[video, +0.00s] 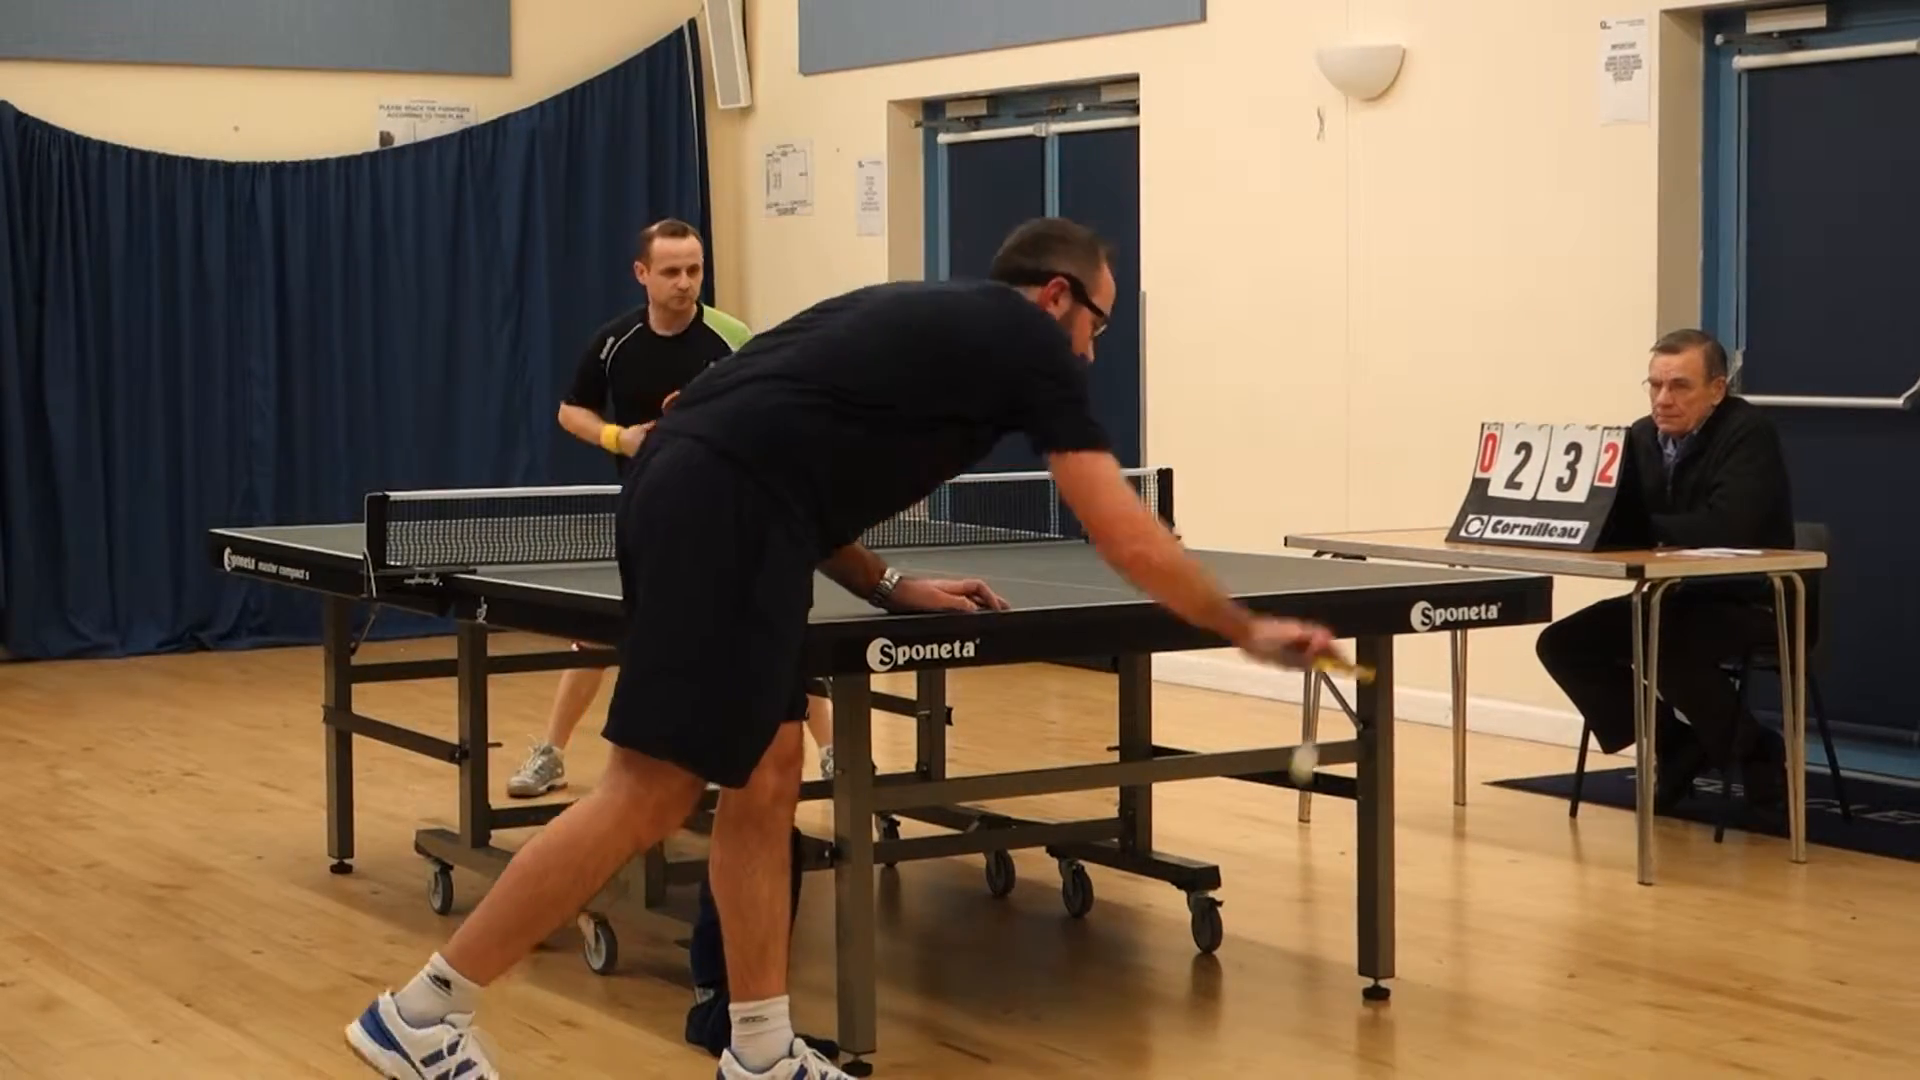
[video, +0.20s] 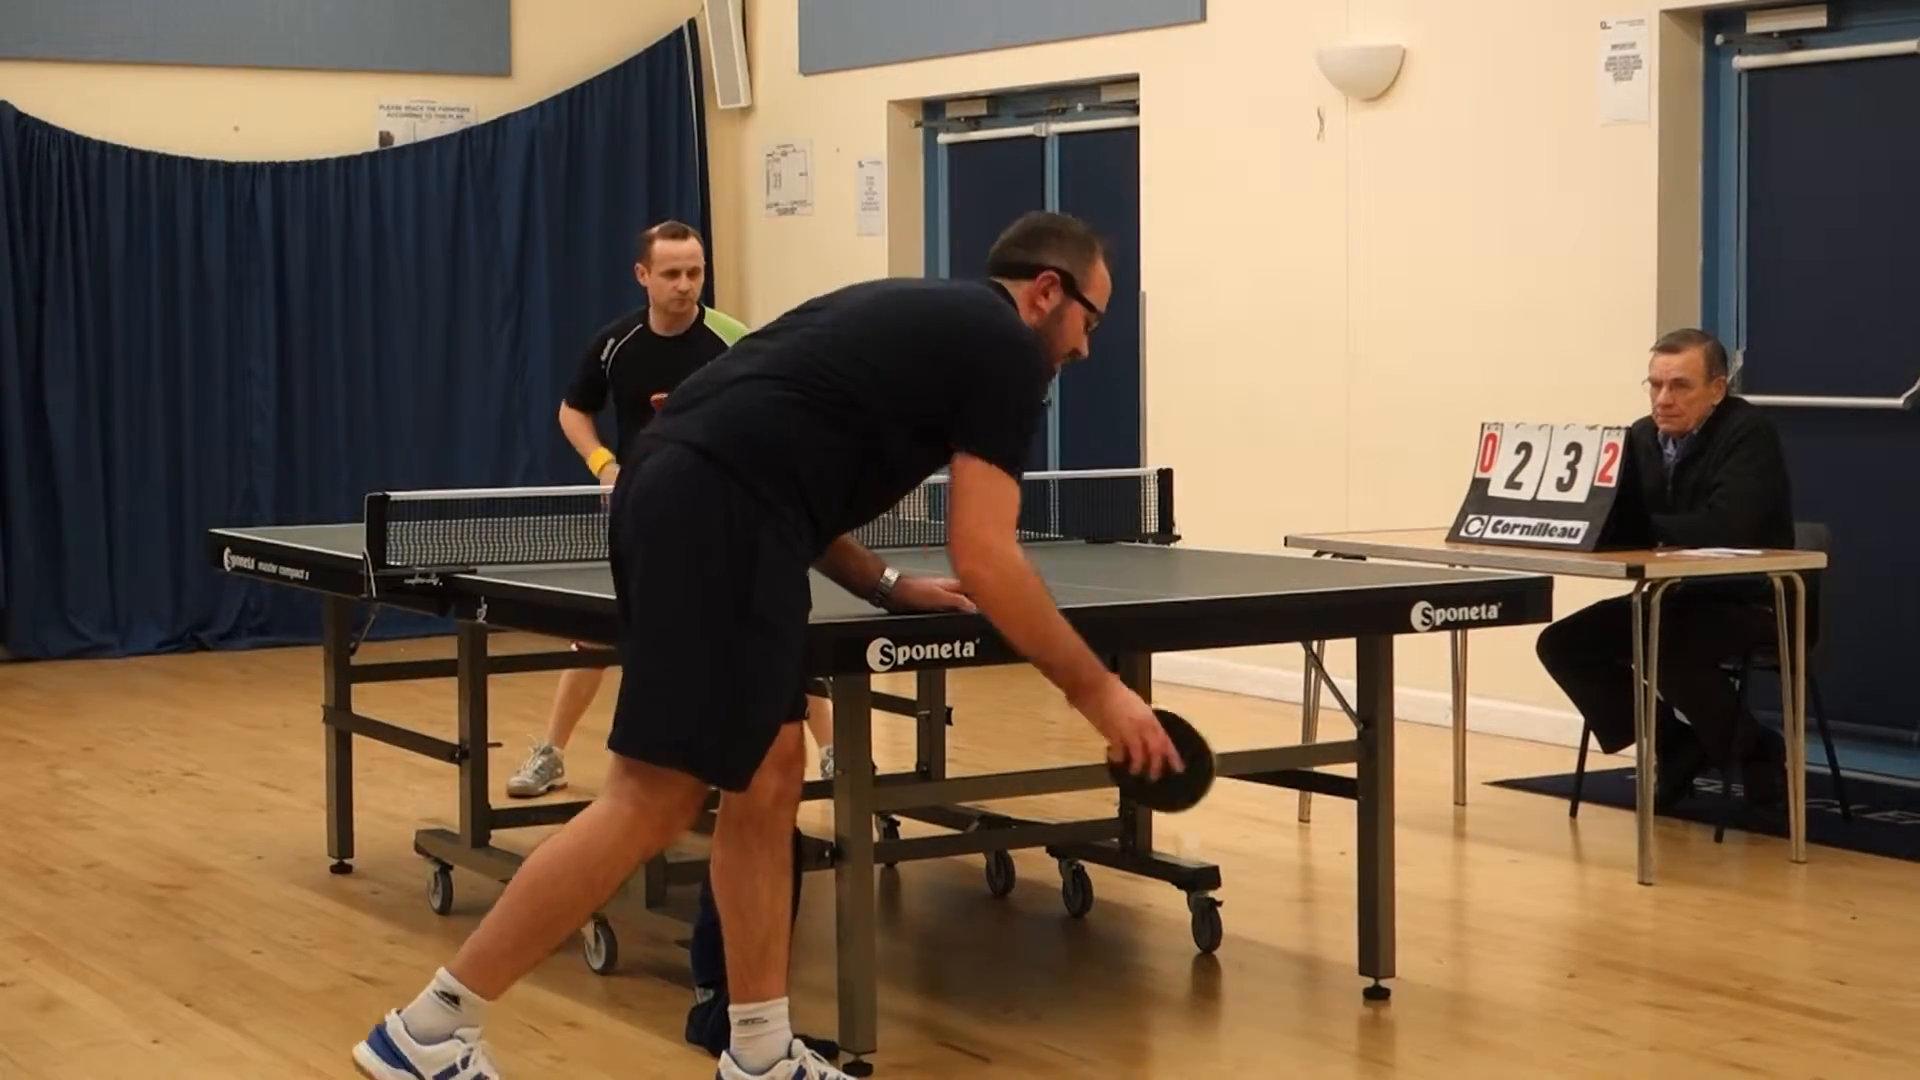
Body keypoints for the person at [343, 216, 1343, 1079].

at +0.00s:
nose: (1101, 335)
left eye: (1103, 316)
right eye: (1098, 313)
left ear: (1016, 287)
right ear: (1058, 292)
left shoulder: (913, 322)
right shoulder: (1034, 335)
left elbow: (785, 468)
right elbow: (1116, 527)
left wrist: (896, 584)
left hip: (708, 498)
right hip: (719, 501)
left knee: (768, 767)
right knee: (648, 794)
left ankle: (760, 1051)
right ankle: (420, 1009)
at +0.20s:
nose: (1087, 342)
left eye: (1095, 321)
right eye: (1090, 315)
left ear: (1010, 282)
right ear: (1045, 288)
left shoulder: (910, 318)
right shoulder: (1002, 344)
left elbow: (784, 476)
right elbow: (984, 554)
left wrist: (893, 586)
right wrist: (1103, 694)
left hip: (682, 495)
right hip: (719, 505)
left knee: (772, 763)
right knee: (654, 798)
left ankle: (760, 1050)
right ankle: (427, 1024)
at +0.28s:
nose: (1076, 322)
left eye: (1084, 303)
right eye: (1078, 297)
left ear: (1009, 263)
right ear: (1027, 269)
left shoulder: (892, 302)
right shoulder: (984, 326)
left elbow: (781, 478)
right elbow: (935, 528)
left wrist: (890, 582)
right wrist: (1056, 646)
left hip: (692, 501)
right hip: (704, 506)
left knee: (771, 769)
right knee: (651, 804)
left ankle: (761, 1051)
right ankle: (448, 1042)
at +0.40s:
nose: (1040, 282)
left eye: (1048, 263)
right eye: (1040, 255)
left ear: (979, 229)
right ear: (985, 226)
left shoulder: (875, 276)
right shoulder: (931, 285)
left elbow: (787, 490)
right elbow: (862, 471)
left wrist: (896, 573)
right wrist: (988, 571)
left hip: (721, 525)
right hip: (669, 514)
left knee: (779, 775)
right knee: (655, 809)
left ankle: (759, 1054)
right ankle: (472, 1058)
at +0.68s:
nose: (921, 225)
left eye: (929, 204)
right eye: (921, 197)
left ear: (853, 175)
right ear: (863, 171)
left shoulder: (773, 242)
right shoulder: (787, 248)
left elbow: (747, 448)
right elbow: (745, 459)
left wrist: (884, 483)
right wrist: (893, 487)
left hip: (655, 553)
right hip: (587, 550)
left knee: (757, 774)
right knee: (609, 839)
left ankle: (761, 1050)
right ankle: (466, 1066)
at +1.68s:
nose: (995, 308)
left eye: (1004, 291)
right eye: (1000, 284)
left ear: (939, 243)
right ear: (964, 251)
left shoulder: (842, 312)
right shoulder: (867, 275)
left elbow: (820, 519)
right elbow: (868, 463)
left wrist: (971, 523)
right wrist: (976, 384)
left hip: (693, 553)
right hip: (629, 543)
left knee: (790, 780)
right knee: (677, 837)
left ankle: (732, 1056)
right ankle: (436, 1046)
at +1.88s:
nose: (971, 292)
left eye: (982, 273)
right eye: (979, 267)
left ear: (927, 222)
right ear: (948, 231)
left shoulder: (839, 326)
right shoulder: (829, 236)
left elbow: (813, 503)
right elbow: (872, 379)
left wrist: (962, 573)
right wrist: (976, 290)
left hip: (690, 552)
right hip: (617, 538)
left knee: (789, 777)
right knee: (644, 840)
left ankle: (732, 1050)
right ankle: (403, 1053)